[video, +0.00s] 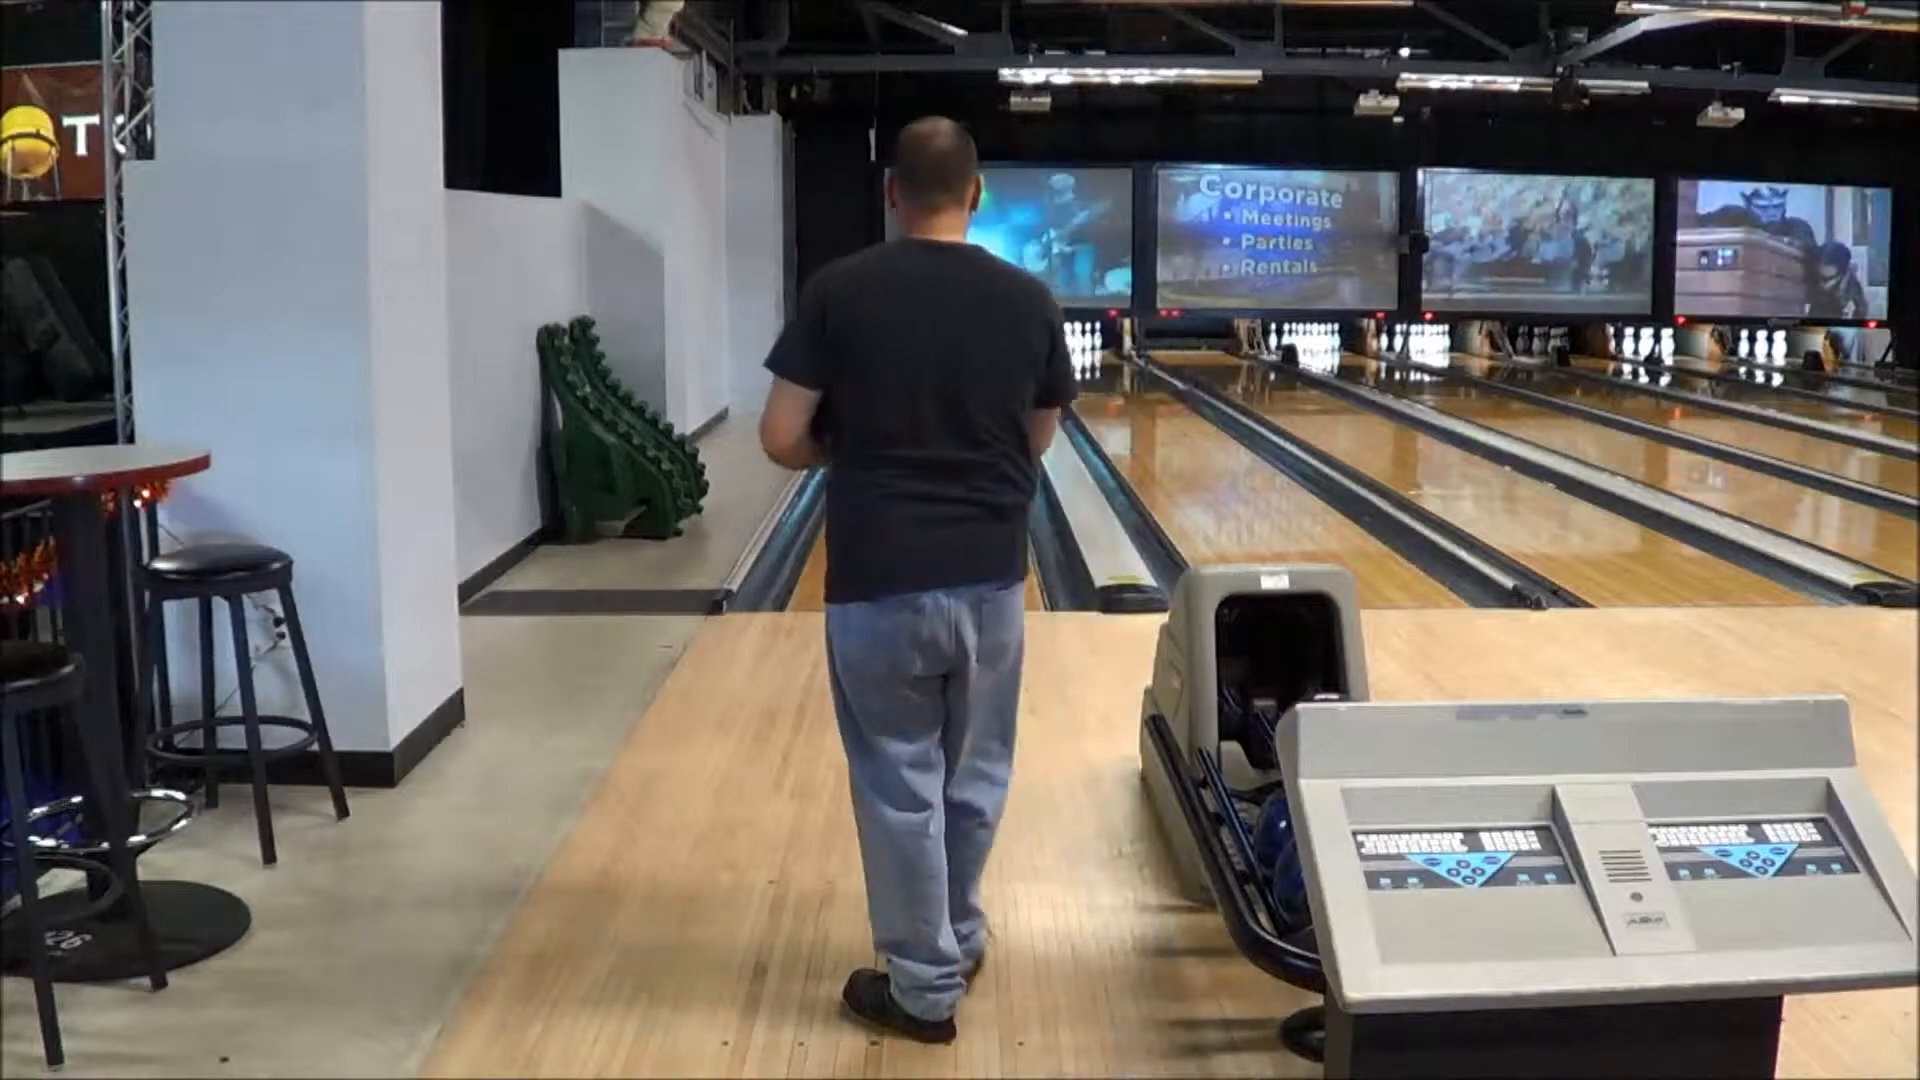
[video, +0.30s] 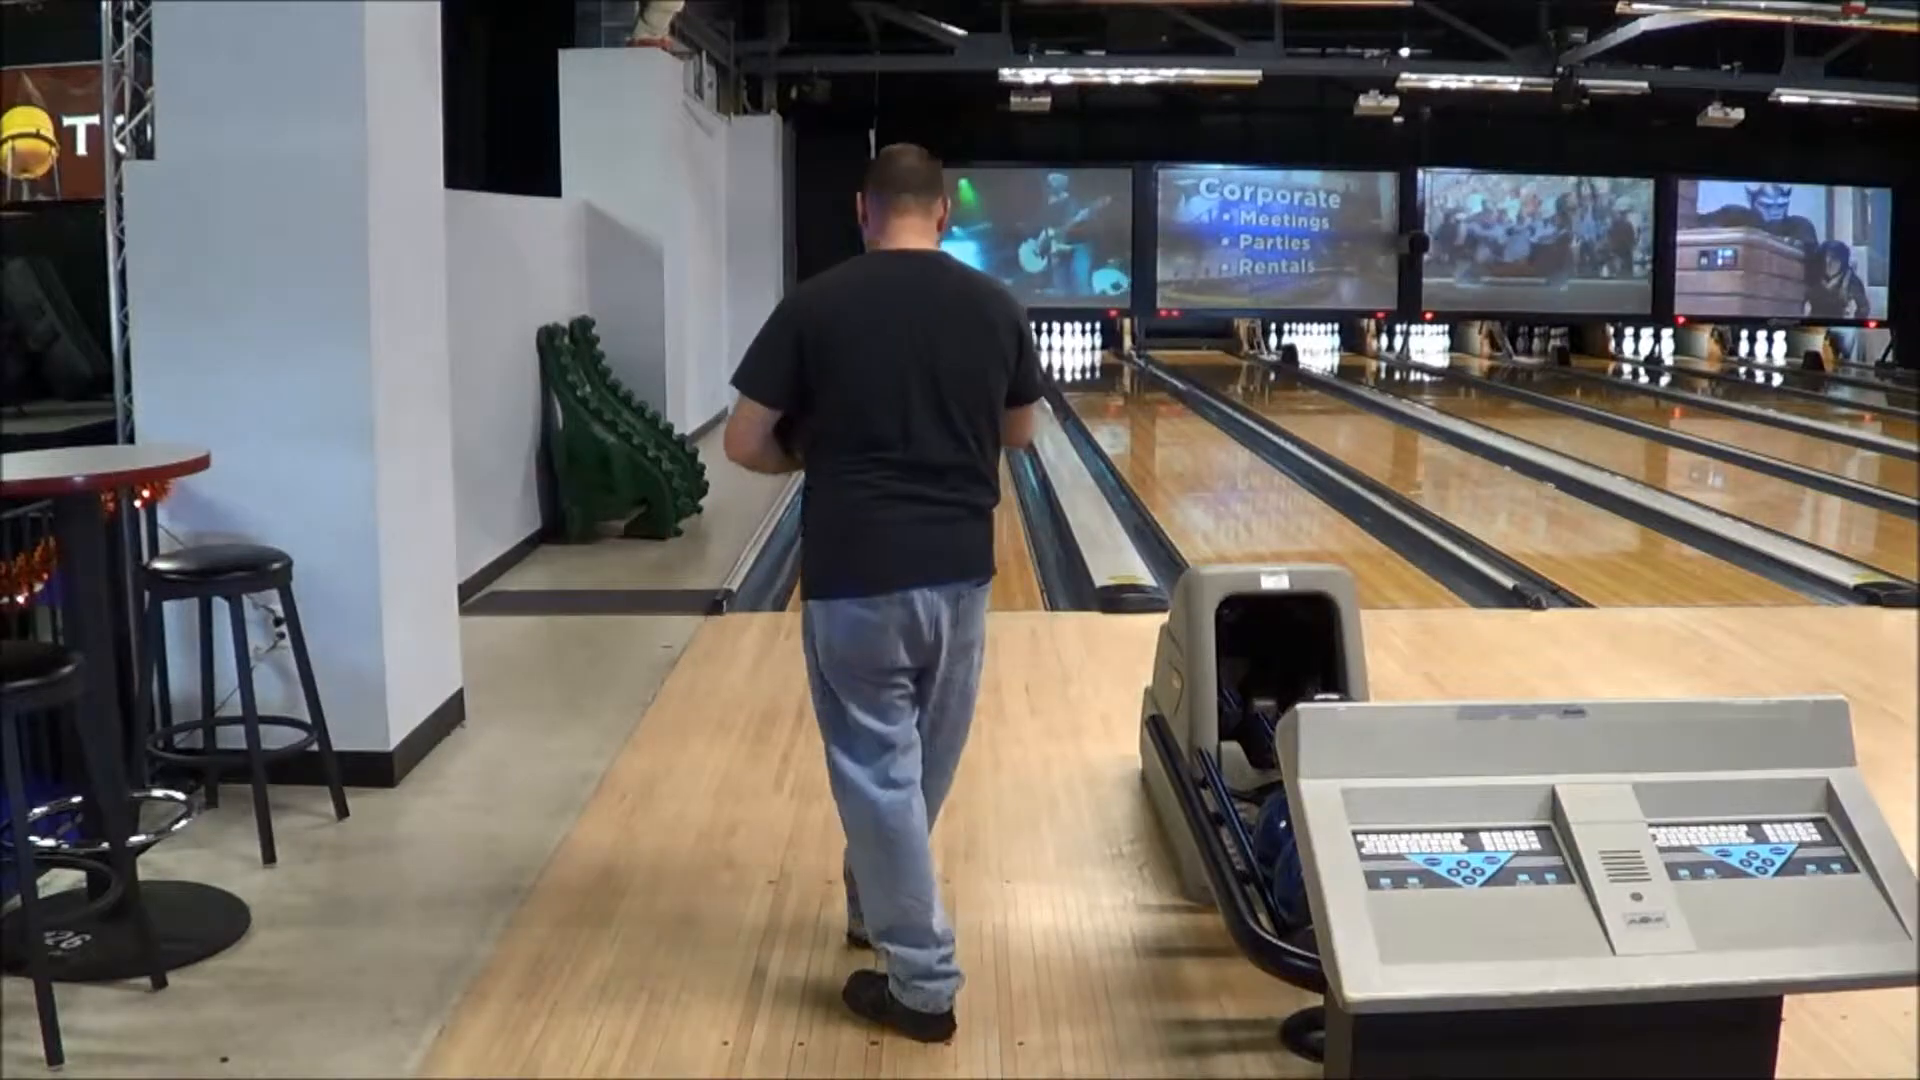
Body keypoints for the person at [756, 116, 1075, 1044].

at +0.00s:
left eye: (889, 187)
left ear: (888, 193)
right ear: (975, 194)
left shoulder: (838, 291)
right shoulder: (1025, 299)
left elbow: (784, 440)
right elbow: (1038, 437)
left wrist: (856, 440)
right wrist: (970, 443)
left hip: (877, 584)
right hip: (989, 578)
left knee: (899, 782)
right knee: (977, 766)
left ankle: (923, 989)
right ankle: (958, 934)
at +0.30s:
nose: (886, 224)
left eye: (868, 210)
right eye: (926, 206)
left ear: (861, 211)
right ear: (944, 213)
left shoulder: (815, 303)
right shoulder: (994, 306)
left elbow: (745, 442)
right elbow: (1019, 430)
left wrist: (816, 447)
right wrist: (948, 417)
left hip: (853, 577)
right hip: (959, 573)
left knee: (879, 771)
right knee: (929, 757)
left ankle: (925, 987)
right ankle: (874, 899)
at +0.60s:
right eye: (931, 225)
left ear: (855, 225)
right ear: (933, 228)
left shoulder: (810, 295)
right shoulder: (979, 304)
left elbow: (735, 423)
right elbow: (1008, 430)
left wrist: (810, 433)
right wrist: (938, 410)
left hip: (844, 560)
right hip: (948, 558)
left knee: (822, 728)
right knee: (916, 737)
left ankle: (876, 902)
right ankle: (890, 901)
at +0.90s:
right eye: (927, 231)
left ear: (863, 228)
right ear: (935, 237)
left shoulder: (808, 289)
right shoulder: (976, 305)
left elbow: (730, 406)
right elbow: (1003, 437)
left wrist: (798, 434)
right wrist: (936, 406)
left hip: (829, 545)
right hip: (935, 547)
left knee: (813, 724)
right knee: (907, 722)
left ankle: (811, 901)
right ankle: (874, 901)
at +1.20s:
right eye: (926, 234)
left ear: (855, 227)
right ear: (927, 238)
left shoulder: (796, 289)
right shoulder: (961, 304)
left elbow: (723, 402)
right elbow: (990, 432)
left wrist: (786, 424)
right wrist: (923, 401)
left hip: (807, 541)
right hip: (910, 543)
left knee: (802, 712)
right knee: (896, 713)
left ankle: (792, 878)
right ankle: (872, 900)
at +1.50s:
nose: (892, 252)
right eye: (895, 241)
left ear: (821, 230)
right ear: (890, 241)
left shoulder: (761, 291)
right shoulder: (917, 299)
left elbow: (696, 408)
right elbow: (954, 428)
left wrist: (758, 427)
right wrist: (891, 396)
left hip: (772, 542)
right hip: (873, 540)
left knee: (779, 718)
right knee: (876, 716)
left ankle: (785, 884)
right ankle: (870, 900)